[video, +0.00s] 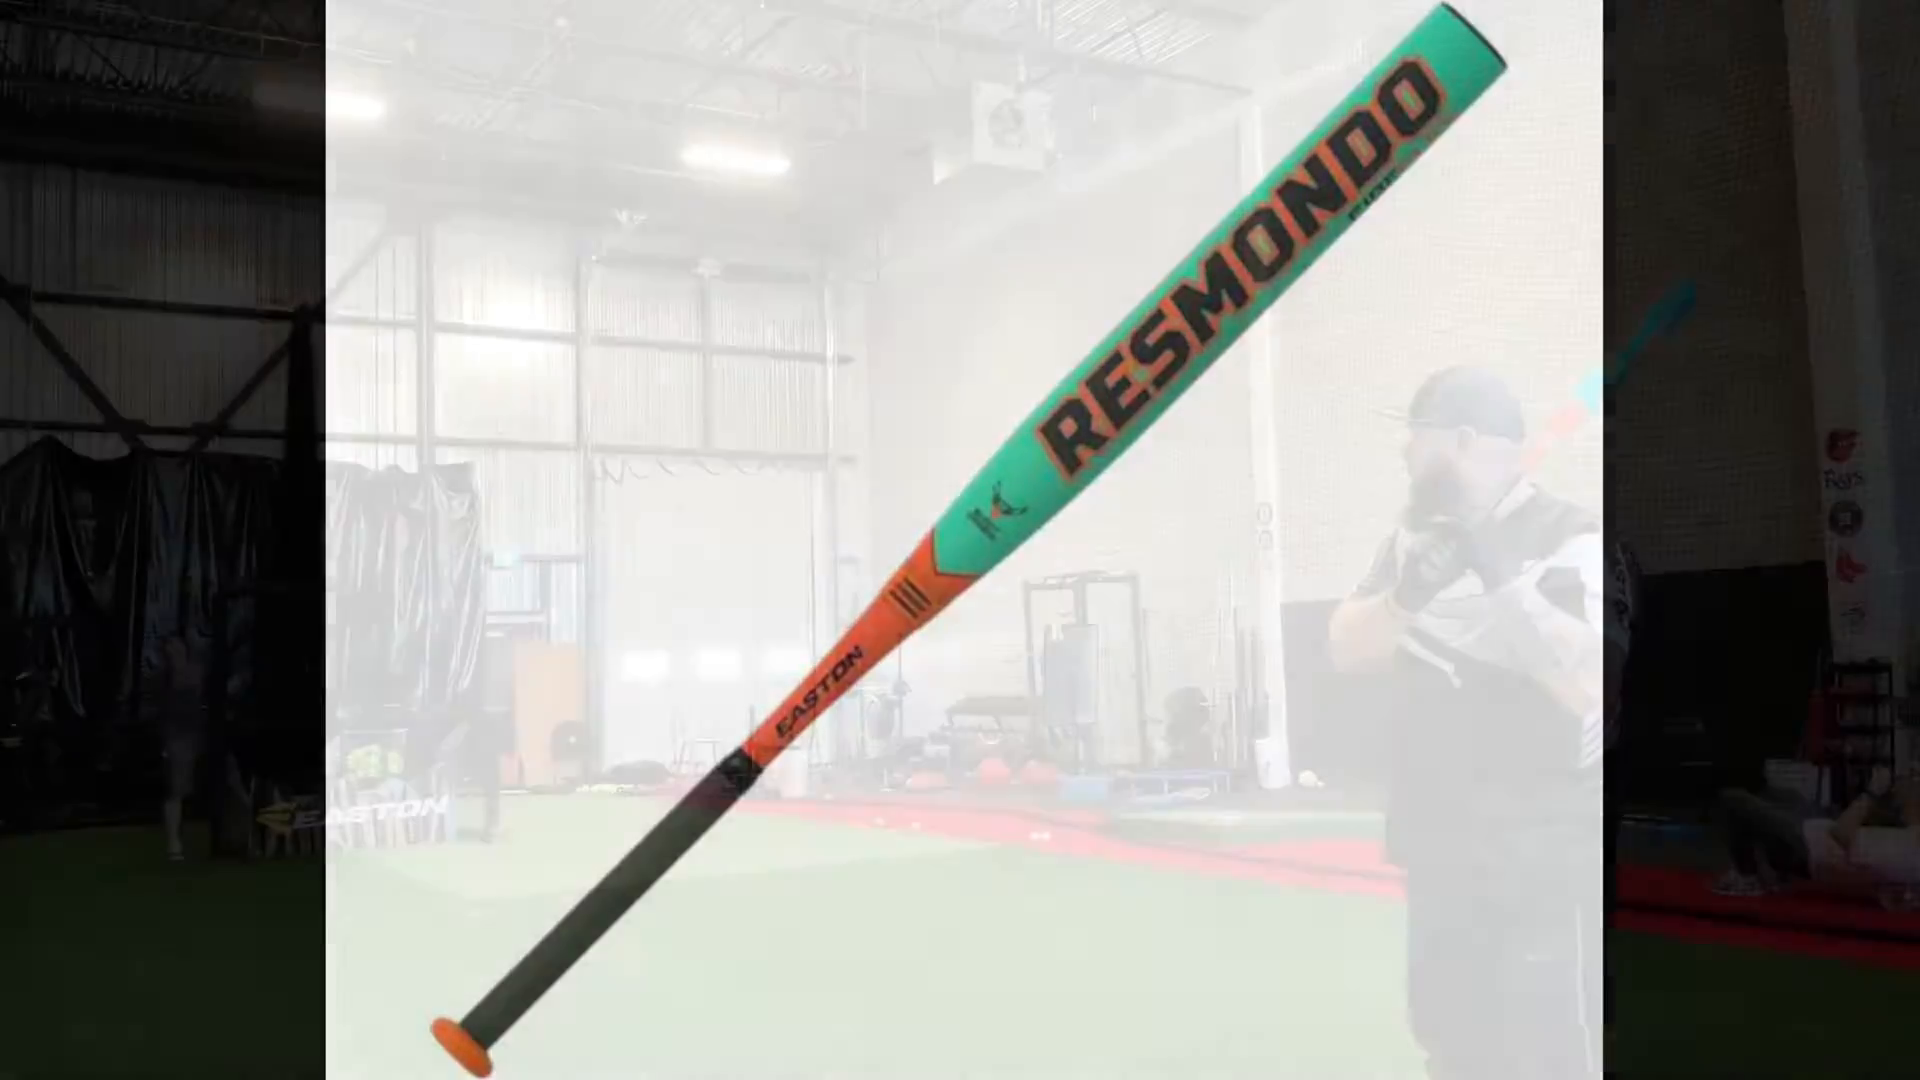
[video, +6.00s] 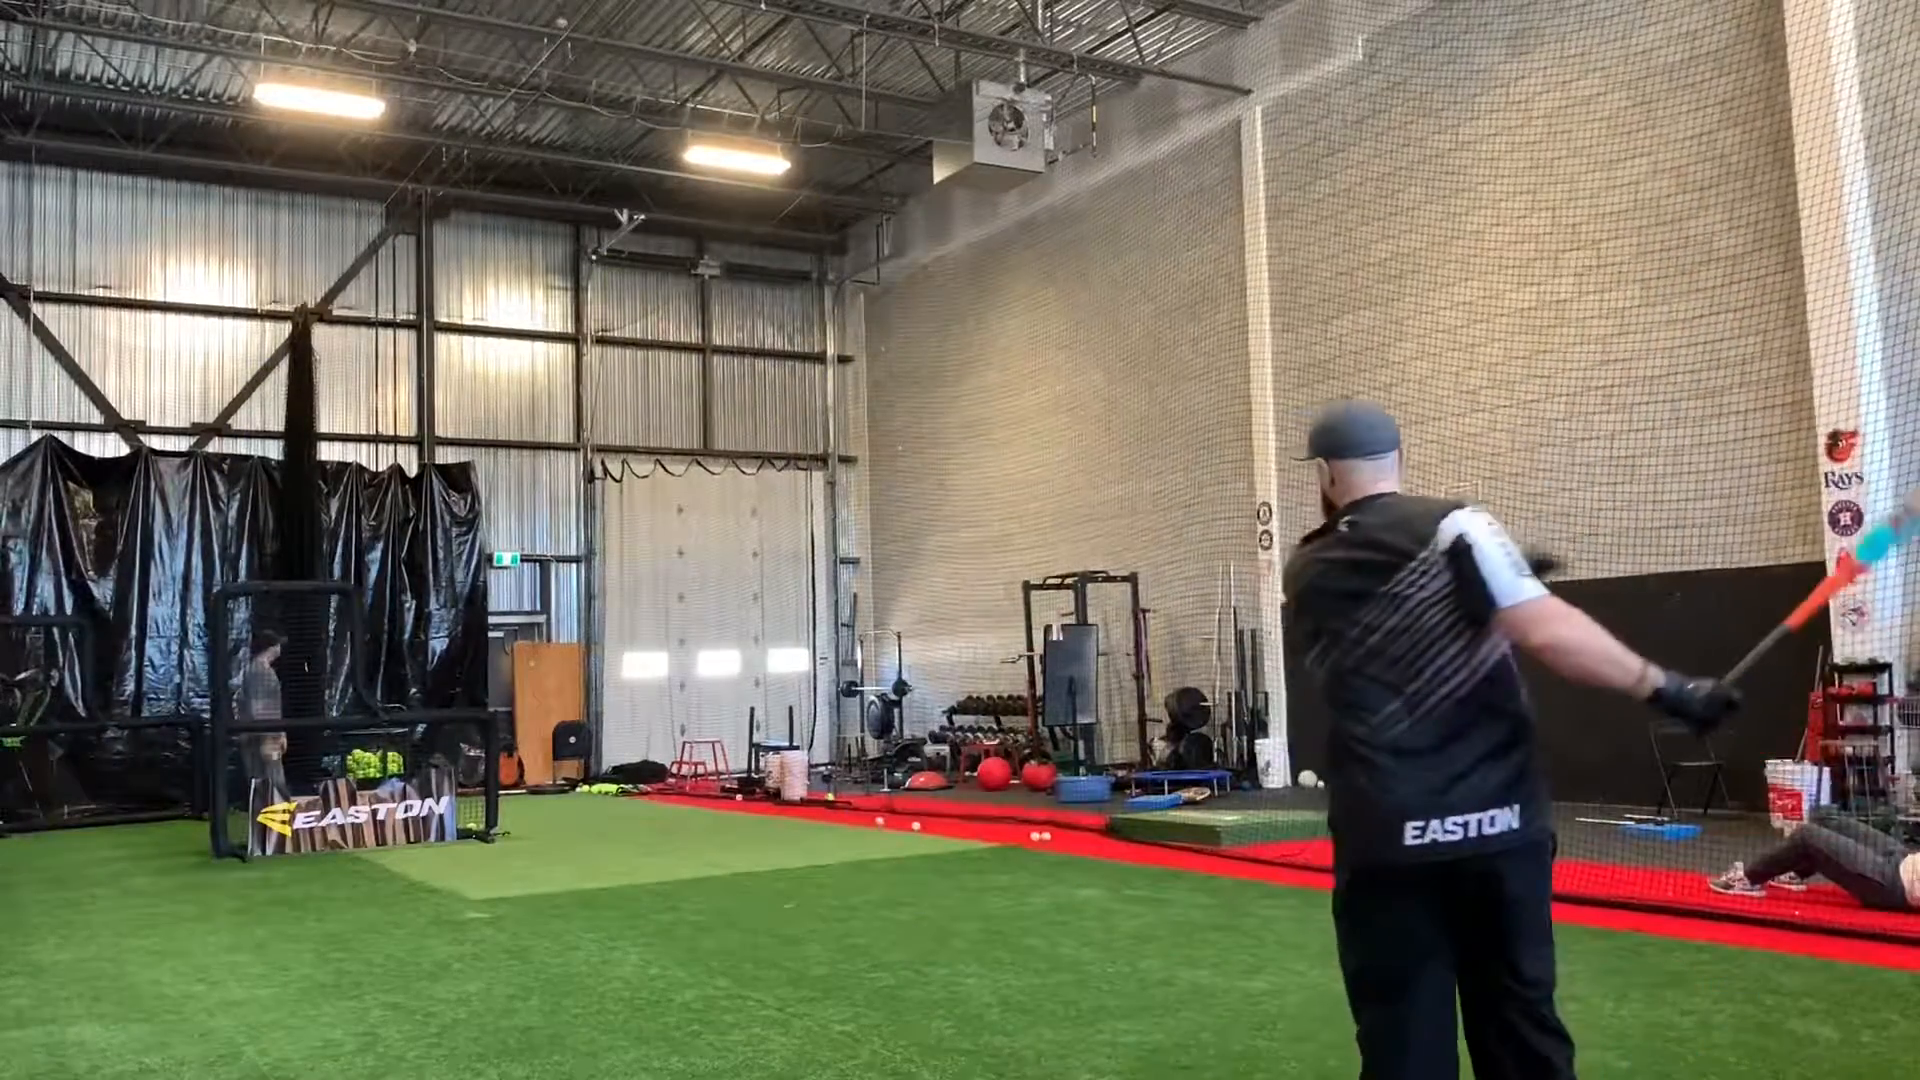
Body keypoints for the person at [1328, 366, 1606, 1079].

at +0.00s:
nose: (1429, 462)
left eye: (1448, 441)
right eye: (1419, 442)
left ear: (1503, 445)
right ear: (1409, 448)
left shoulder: (1571, 535)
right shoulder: (1412, 542)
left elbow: (1586, 689)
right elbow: (1348, 650)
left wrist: (1495, 575)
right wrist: (1412, 583)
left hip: (1547, 850)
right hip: (1440, 847)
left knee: (1544, 1039)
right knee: (1452, 1034)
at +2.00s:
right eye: (1394, 464)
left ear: (1317, 477)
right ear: (1392, 468)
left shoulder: (1316, 557)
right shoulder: (1405, 549)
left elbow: (1470, 546)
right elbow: (1413, 670)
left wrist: (1545, 494)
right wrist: (1478, 788)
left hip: (1339, 828)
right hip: (1434, 828)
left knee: (1353, 1021)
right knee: (1473, 1020)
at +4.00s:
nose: (1425, 459)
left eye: (1437, 442)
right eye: (1429, 443)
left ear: (1486, 453)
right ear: (1484, 455)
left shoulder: (1610, 559)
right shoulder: (1426, 552)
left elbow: (1667, 708)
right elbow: (1375, 666)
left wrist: (1566, 624)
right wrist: (1459, 634)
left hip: (1568, 889)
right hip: (1460, 880)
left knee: (1570, 1063)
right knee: (1470, 1057)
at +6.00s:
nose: (1322, 485)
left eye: (1320, 473)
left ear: (1326, 479)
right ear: (1398, 462)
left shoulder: (1307, 571)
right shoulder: (1459, 528)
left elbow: (1391, 625)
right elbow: (1544, 633)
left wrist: (1498, 576)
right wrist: (1665, 686)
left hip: (1379, 848)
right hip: (1497, 837)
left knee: (1400, 1043)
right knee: (1521, 1034)